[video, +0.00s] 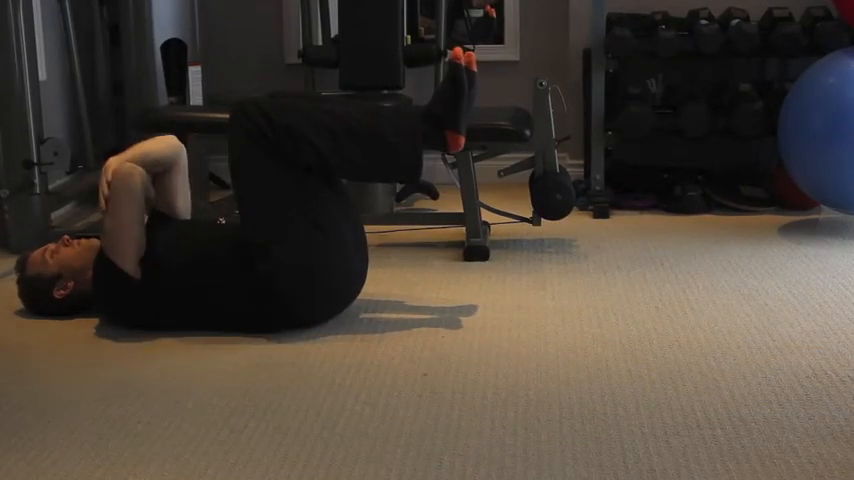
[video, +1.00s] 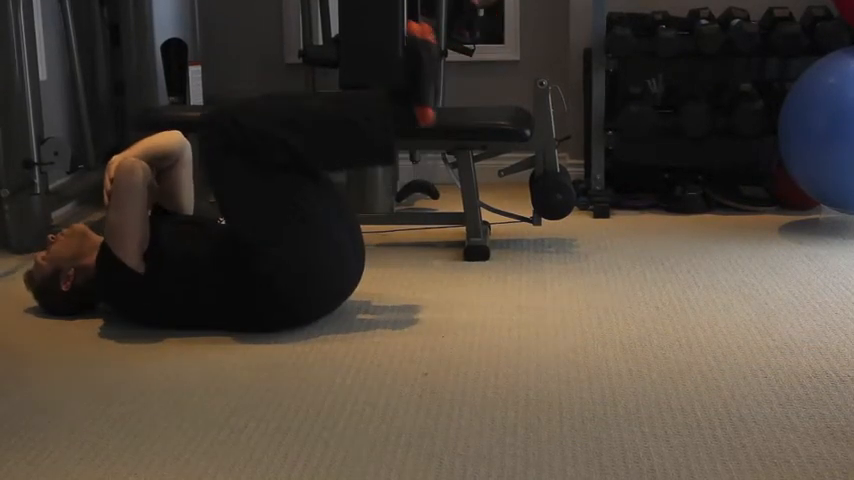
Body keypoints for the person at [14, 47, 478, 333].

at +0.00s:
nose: (68, 237)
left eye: (56, 238)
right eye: (54, 252)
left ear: (76, 238)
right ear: (66, 288)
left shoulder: (151, 251)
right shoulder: (118, 291)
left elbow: (171, 150)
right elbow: (124, 177)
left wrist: (117, 171)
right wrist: (118, 175)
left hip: (320, 264)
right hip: (298, 283)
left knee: (266, 118)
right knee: (257, 121)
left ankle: (426, 124)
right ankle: (429, 130)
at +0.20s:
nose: (69, 237)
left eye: (57, 237)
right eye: (55, 251)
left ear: (76, 238)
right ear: (67, 287)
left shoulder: (152, 252)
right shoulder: (119, 291)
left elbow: (179, 150)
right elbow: (129, 176)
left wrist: (122, 177)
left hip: (321, 265)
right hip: (299, 283)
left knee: (266, 119)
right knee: (258, 121)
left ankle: (428, 125)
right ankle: (430, 131)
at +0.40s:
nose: (69, 236)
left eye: (57, 237)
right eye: (55, 250)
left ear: (76, 238)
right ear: (67, 288)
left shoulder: (152, 252)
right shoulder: (119, 292)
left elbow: (182, 150)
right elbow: (129, 176)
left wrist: (124, 175)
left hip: (321, 265)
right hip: (299, 283)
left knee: (267, 118)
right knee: (259, 121)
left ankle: (428, 128)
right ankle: (430, 135)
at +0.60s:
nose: (67, 237)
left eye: (56, 238)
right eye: (54, 251)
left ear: (75, 238)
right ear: (67, 288)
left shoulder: (151, 253)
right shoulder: (120, 292)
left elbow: (178, 150)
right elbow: (128, 175)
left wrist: (122, 177)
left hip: (321, 265)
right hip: (300, 284)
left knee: (268, 119)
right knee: (259, 121)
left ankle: (428, 128)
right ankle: (429, 134)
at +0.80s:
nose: (62, 232)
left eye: (51, 235)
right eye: (50, 247)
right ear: (65, 283)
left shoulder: (151, 252)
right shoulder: (119, 291)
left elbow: (176, 150)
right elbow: (127, 177)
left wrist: (120, 175)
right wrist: (119, 179)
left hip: (318, 265)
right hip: (298, 282)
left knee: (265, 117)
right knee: (257, 122)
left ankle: (424, 122)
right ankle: (426, 129)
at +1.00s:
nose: (57, 236)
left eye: (47, 241)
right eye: (51, 248)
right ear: (72, 278)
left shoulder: (153, 253)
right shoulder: (120, 283)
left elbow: (177, 144)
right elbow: (129, 171)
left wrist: (122, 167)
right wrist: (123, 170)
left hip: (320, 262)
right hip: (297, 276)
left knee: (229, 129)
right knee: (227, 132)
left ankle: (395, 104)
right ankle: (399, 116)